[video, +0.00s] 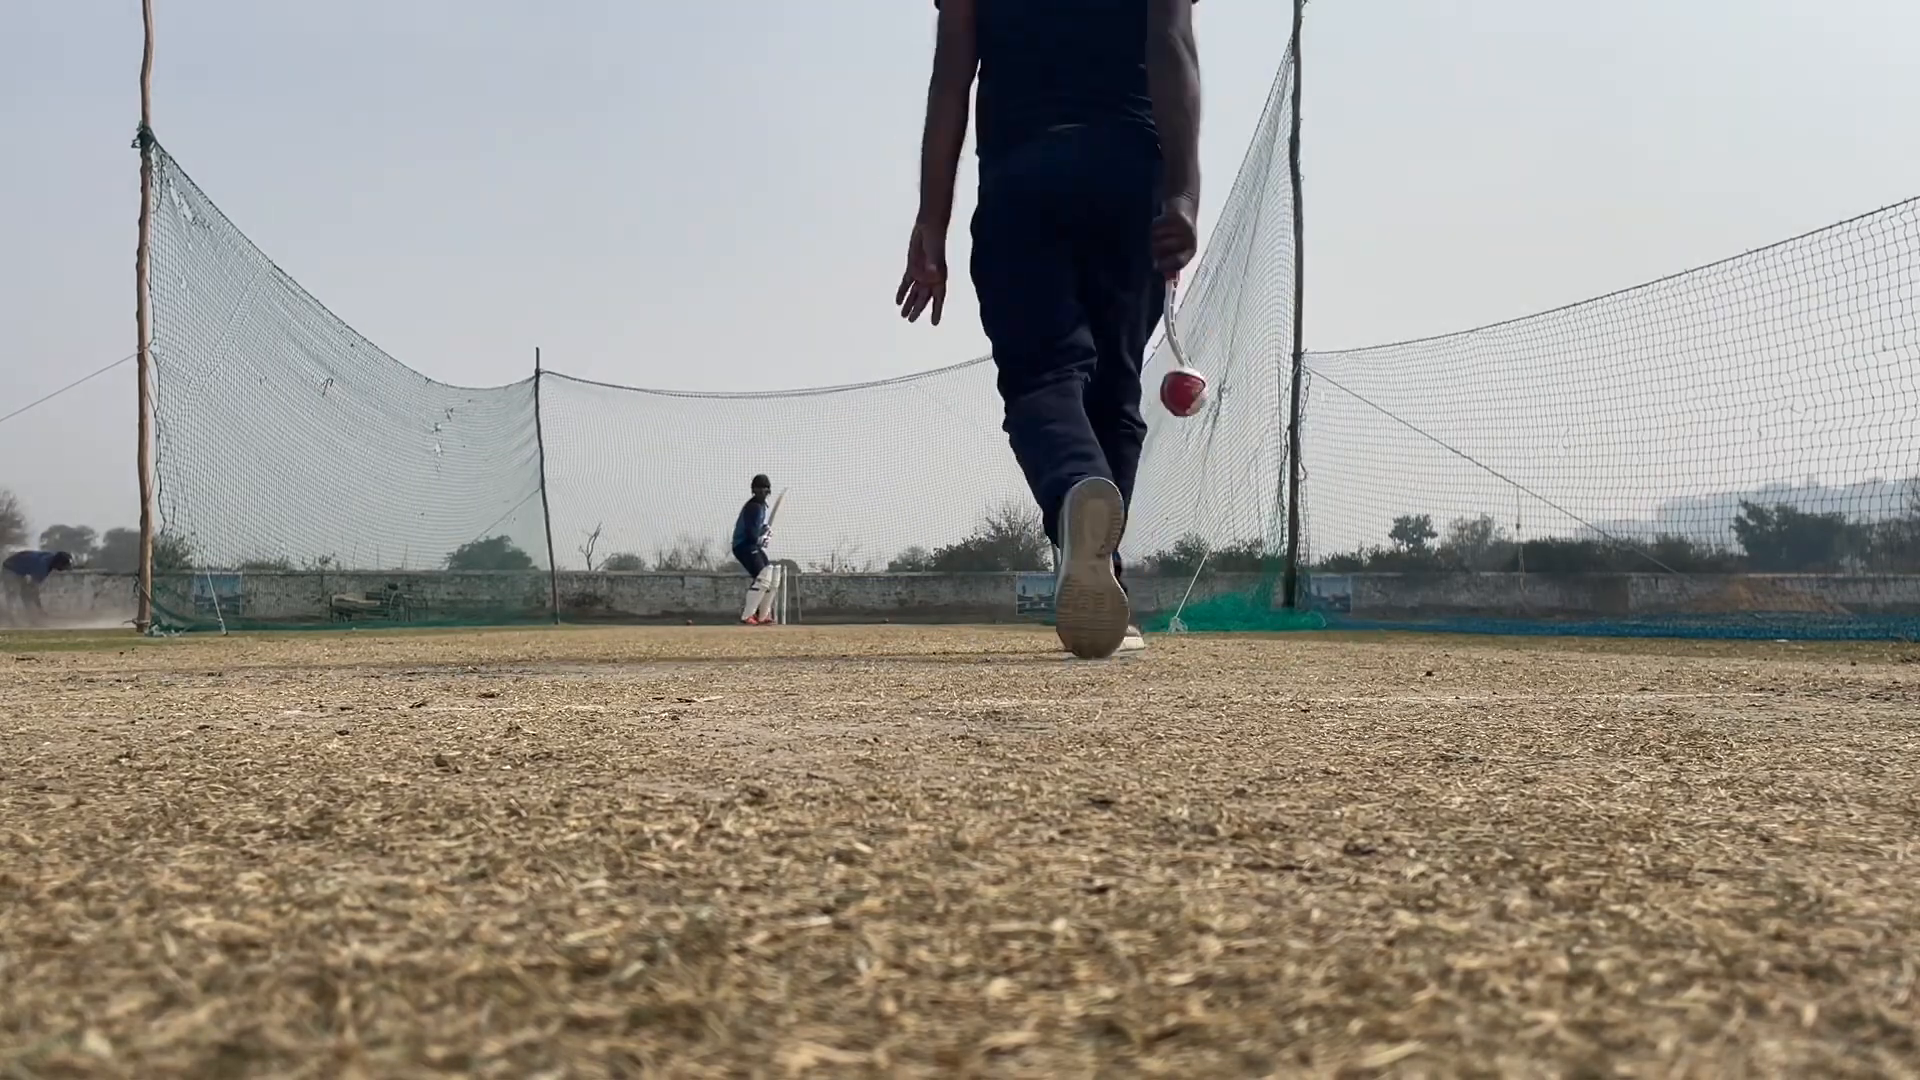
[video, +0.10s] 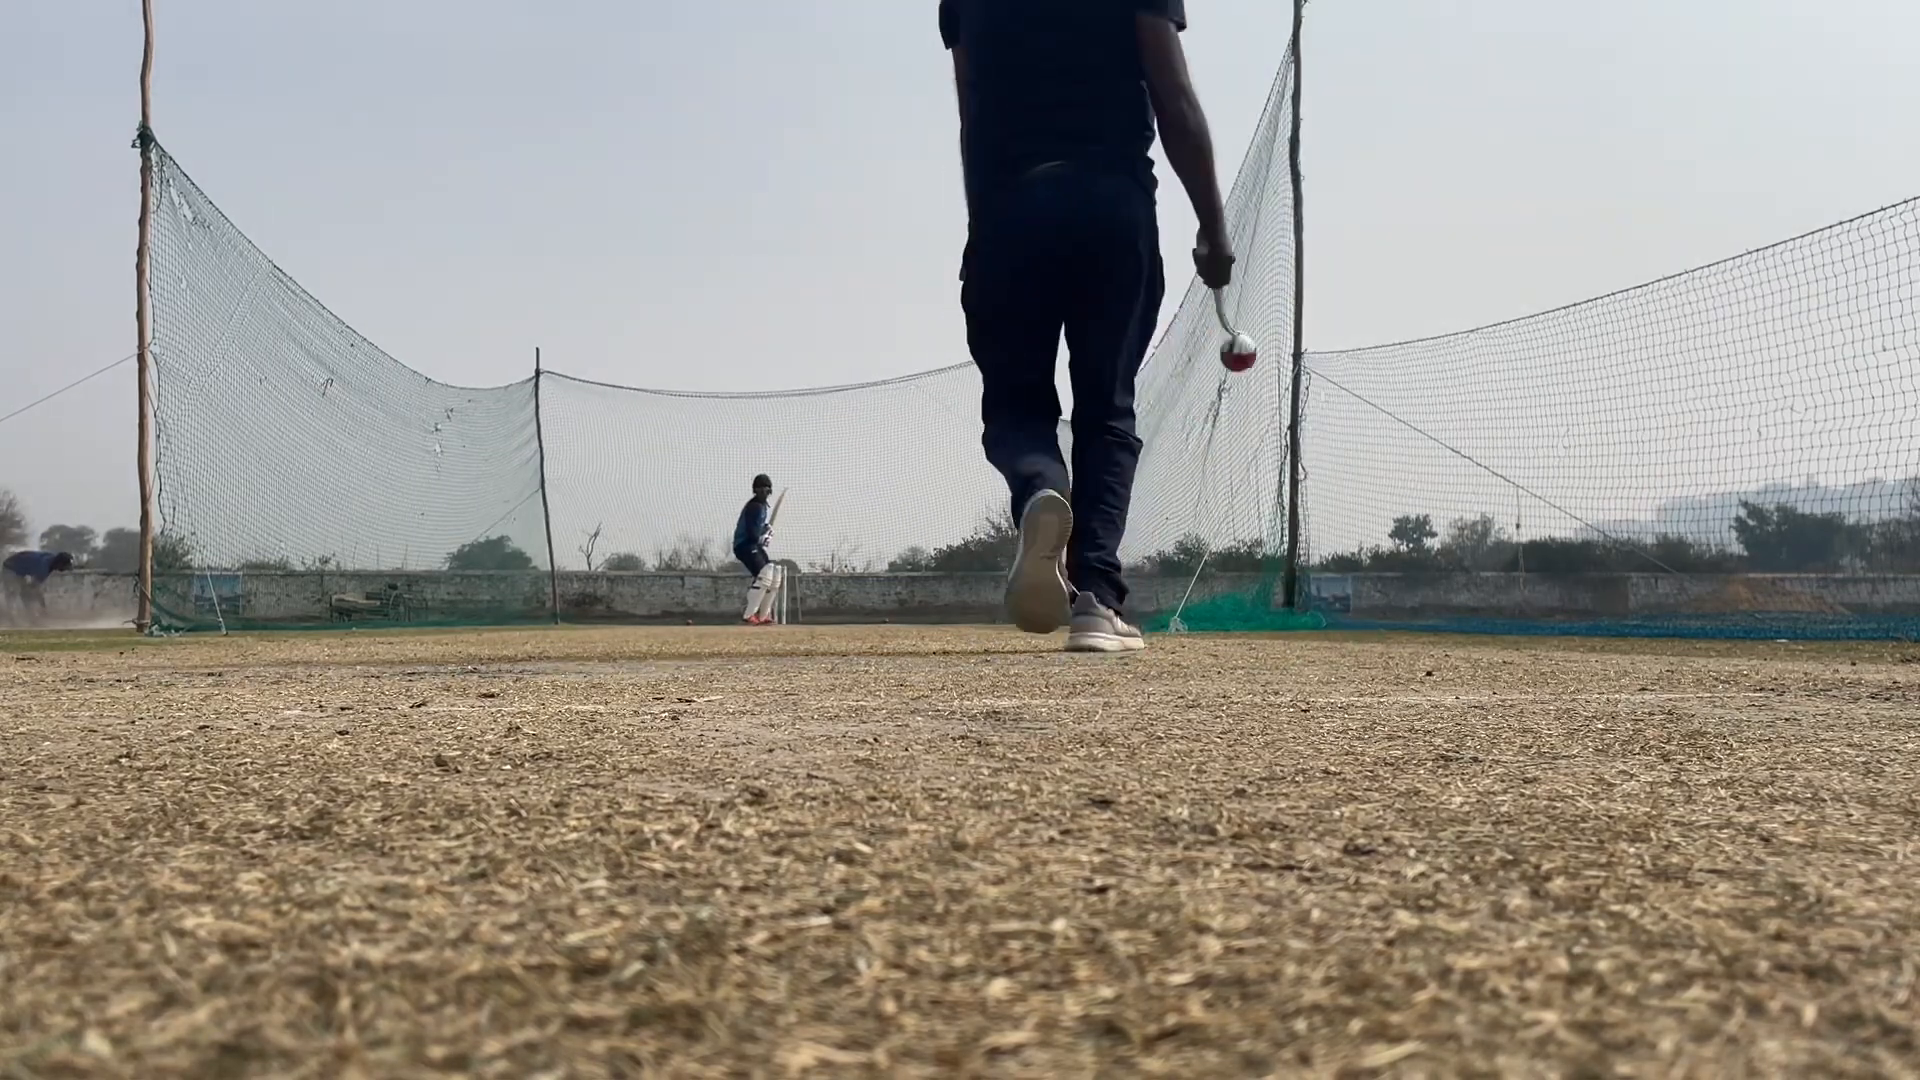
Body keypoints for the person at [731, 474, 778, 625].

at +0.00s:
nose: (762, 492)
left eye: (765, 488)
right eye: (759, 488)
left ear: (768, 490)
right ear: (753, 489)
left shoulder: (762, 506)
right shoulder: (754, 506)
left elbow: (761, 526)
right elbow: (751, 531)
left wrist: (765, 532)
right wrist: (760, 540)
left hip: (753, 544)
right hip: (743, 545)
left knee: (771, 574)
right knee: (763, 575)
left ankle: (763, 615)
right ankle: (747, 615)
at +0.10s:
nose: (764, 491)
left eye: (767, 488)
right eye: (761, 488)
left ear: (770, 489)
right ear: (755, 490)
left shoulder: (763, 506)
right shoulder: (754, 506)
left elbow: (761, 525)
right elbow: (752, 530)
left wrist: (767, 530)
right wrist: (761, 539)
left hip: (754, 544)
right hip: (744, 545)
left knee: (775, 575)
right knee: (764, 574)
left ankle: (763, 615)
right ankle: (749, 614)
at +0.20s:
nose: (767, 491)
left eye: (769, 487)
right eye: (763, 488)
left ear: (771, 489)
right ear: (757, 489)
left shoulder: (765, 506)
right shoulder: (755, 506)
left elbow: (762, 526)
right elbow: (752, 531)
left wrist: (767, 532)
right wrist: (762, 539)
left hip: (755, 544)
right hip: (744, 545)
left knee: (776, 576)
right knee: (765, 575)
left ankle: (764, 616)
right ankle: (751, 615)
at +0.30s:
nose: (767, 492)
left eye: (769, 488)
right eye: (763, 488)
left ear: (772, 490)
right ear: (757, 490)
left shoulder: (765, 507)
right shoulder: (756, 507)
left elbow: (763, 527)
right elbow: (753, 533)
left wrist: (768, 533)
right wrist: (762, 540)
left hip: (755, 545)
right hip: (745, 546)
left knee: (776, 576)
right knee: (766, 575)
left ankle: (764, 616)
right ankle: (751, 615)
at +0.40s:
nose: (769, 492)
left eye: (771, 488)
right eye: (765, 488)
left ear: (773, 490)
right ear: (759, 490)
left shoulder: (766, 507)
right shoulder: (758, 506)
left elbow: (763, 527)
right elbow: (754, 531)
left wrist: (768, 532)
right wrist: (763, 540)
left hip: (756, 545)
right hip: (746, 546)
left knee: (777, 576)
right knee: (767, 576)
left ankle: (764, 616)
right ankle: (751, 615)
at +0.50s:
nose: (773, 492)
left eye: (774, 489)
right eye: (769, 489)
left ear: (775, 491)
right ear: (762, 490)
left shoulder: (767, 507)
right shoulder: (760, 506)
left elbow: (764, 527)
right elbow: (755, 531)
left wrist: (769, 533)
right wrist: (764, 540)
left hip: (757, 545)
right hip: (747, 546)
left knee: (776, 576)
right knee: (767, 576)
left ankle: (764, 616)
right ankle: (751, 615)